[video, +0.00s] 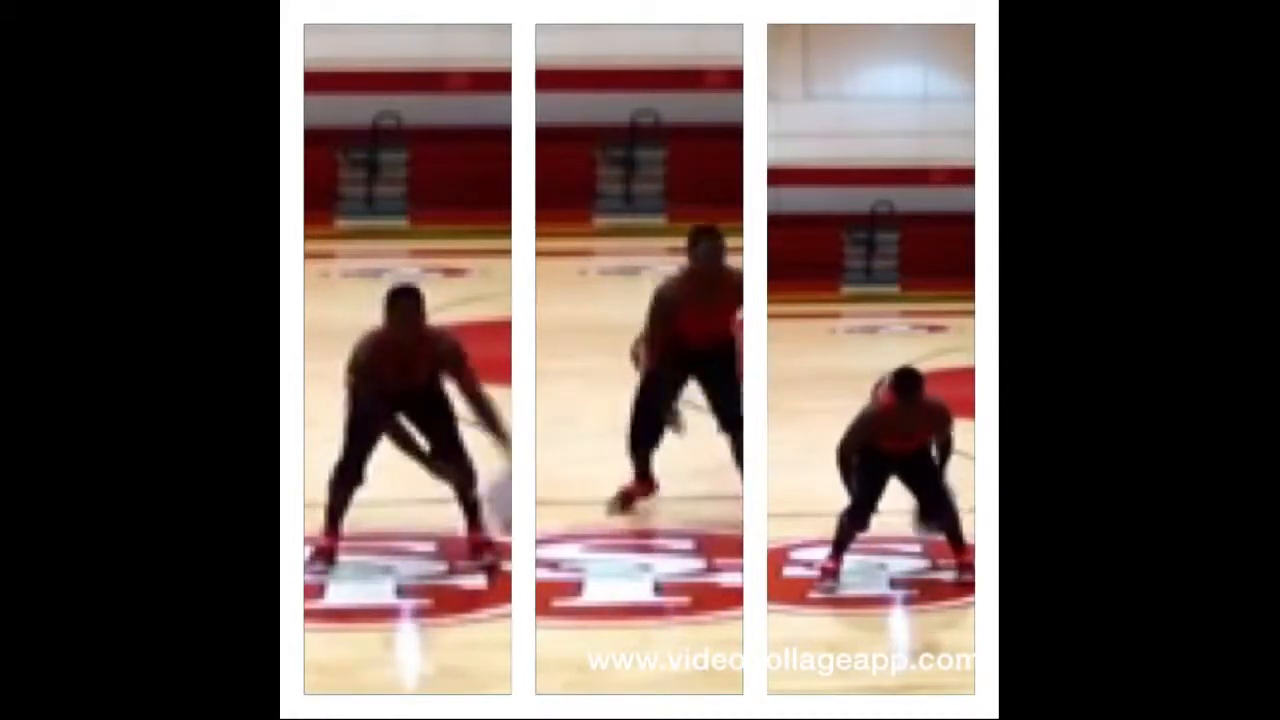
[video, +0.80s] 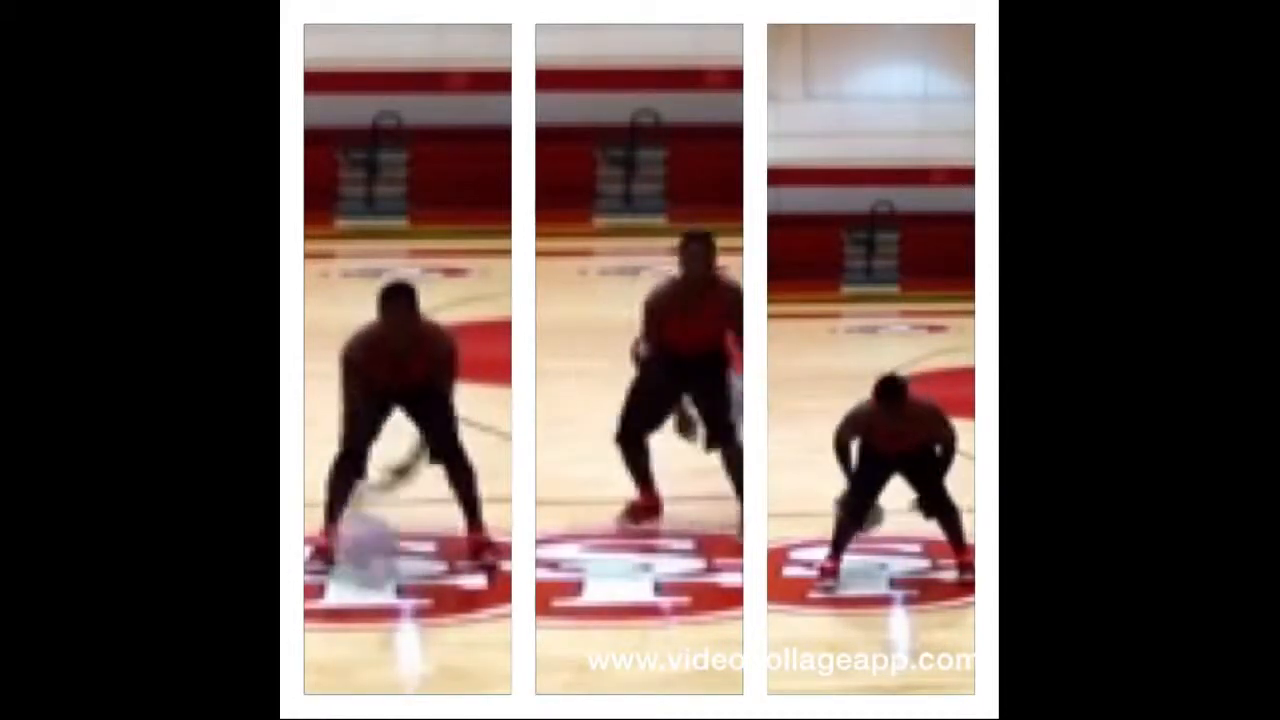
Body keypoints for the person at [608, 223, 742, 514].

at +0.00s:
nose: (710, 261)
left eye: (715, 253)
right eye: (703, 254)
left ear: (723, 253)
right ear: (691, 255)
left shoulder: (735, 285)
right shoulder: (671, 293)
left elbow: (752, 323)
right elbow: (653, 352)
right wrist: (666, 404)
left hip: (717, 354)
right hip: (673, 355)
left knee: (736, 418)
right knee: (646, 412)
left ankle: (754, 483)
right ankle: (643, 479)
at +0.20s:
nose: (696, 271)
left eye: (702, 262)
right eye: (690, 263)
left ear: (712, 261)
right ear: (680, 263)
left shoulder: (732, 297)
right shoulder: (664, 303)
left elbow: (752, 347)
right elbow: (639, 355)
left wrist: (752, 396)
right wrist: (635, 407)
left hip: (721, 363)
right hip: (676, 365)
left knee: (741, 428)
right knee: (662, 434)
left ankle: (733, 474)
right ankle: (650, 506)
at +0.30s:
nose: (694, 279)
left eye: (699, 271)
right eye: (688, 272)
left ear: (709, 271)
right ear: (678, 273)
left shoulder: (728, 308)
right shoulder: (664, 311)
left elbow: (735, 366)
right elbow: (644, 359)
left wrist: (710, 414)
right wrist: (642, 406)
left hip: (718, 377)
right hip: (680, 378)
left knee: (748, 430)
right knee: (676, 436)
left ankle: (731, 476)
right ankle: (652, 505)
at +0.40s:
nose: (687, 268)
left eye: (693, 261)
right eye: (681, 261)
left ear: (704, 261)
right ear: (672, 262)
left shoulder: (727, 298)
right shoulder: (661, 295)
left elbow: (744, 346)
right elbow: (629, 330)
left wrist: (735, 387)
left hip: (721, 364)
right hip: (678, 364)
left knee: (734, 423)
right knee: (666, 430)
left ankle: (733, 473)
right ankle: (649, 503)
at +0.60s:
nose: (683, 265)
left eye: (691, 257)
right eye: (678, 257)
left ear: (703, 259)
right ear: (671, 257)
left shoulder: (724, 295)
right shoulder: (653, 290)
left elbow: (745, 342)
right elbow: (629, 336)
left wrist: (746, 387)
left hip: (714, 353)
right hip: (669, 351)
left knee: (729, 420)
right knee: (637, 418)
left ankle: (756, 487)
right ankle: (648, 496)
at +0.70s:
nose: (690, 269)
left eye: (697, 261)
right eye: (685, 261)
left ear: (708, 264)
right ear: (677, 263)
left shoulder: (727, 307)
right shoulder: (657, 305)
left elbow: (739, 363)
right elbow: (656, 366)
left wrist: (739, 412)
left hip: (710, 373)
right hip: (666, 371)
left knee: (726, 437)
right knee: (622, 428)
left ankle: (751, 508)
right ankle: (648, 497)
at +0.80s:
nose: (696, 266)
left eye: (703, 258)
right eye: (690, 258)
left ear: (713, 260)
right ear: (680, 260)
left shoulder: (728, 297)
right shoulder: (661, 301)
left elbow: (746, 347)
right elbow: (656, 364)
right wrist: (678, 407)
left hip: (709, 367)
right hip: (665, 367)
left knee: (726, 438)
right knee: (629, 434)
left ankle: (749, 506)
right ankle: (648, 497)